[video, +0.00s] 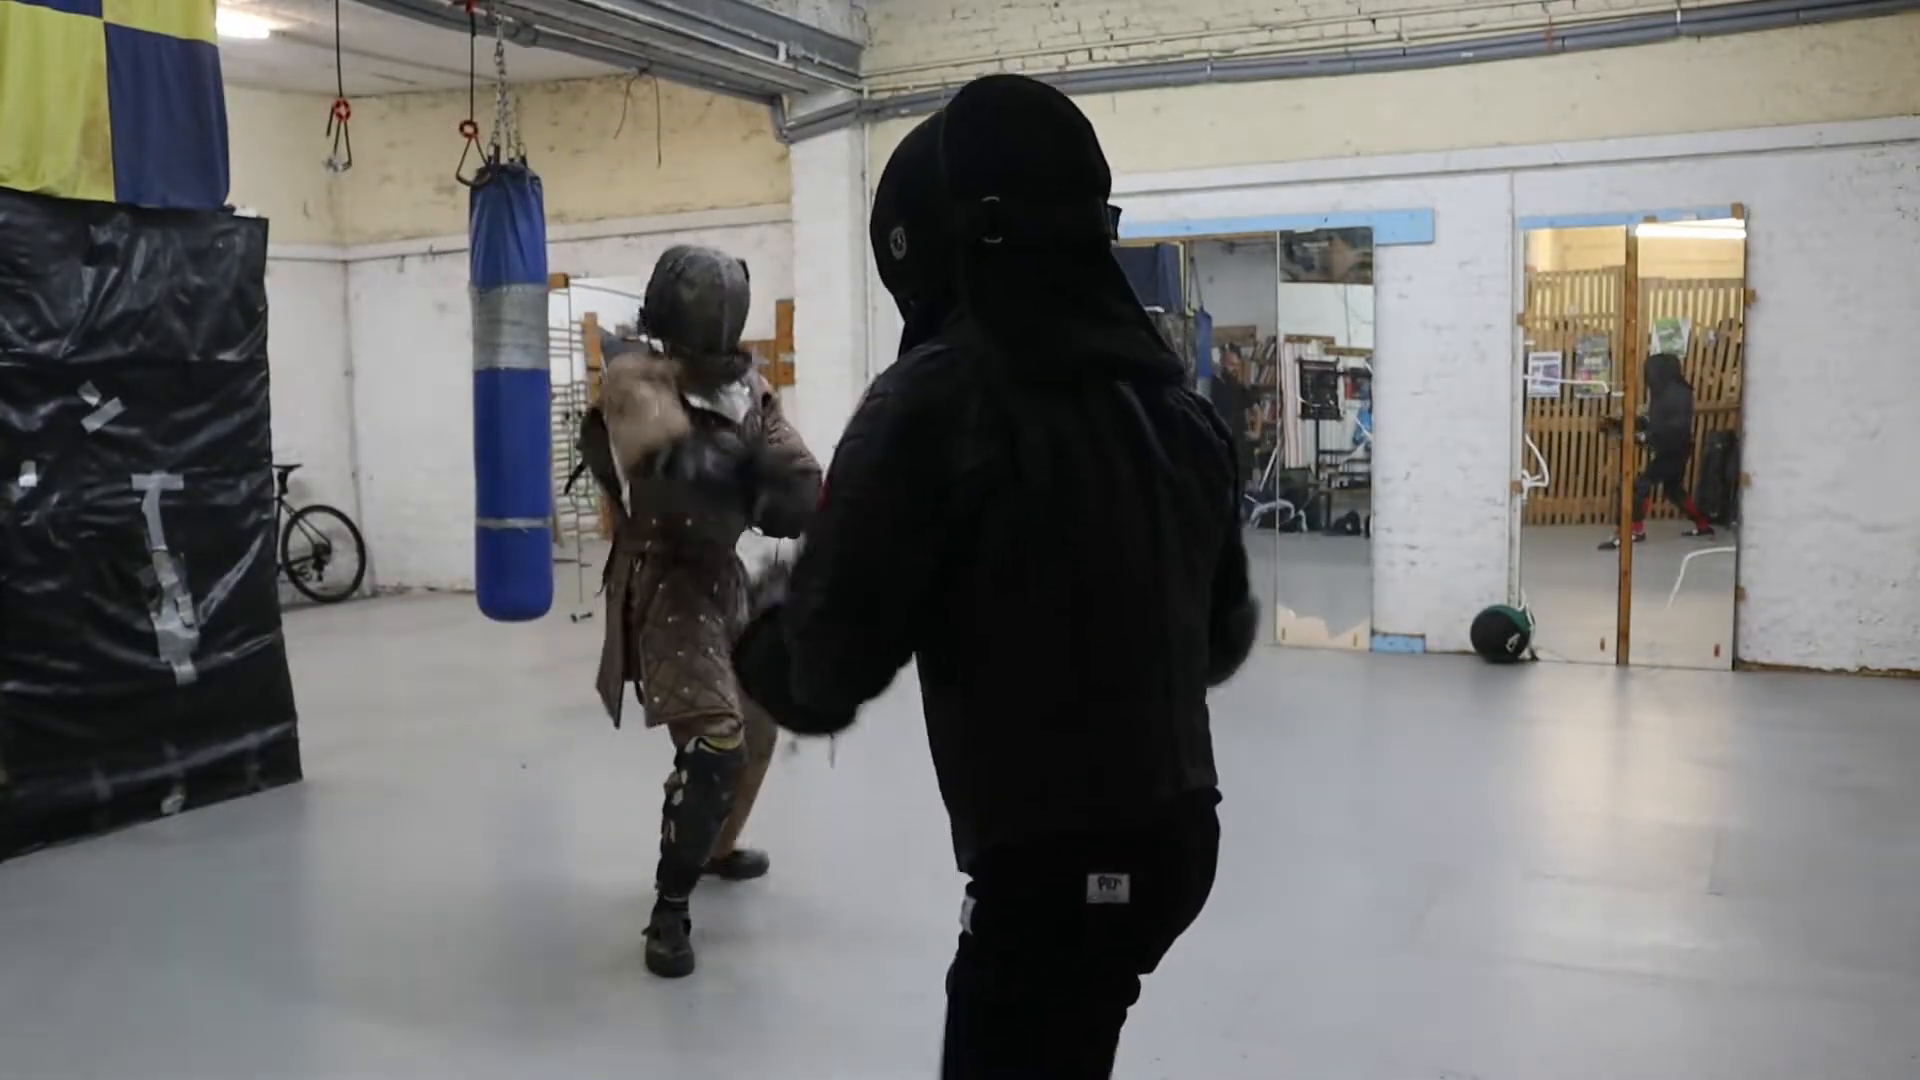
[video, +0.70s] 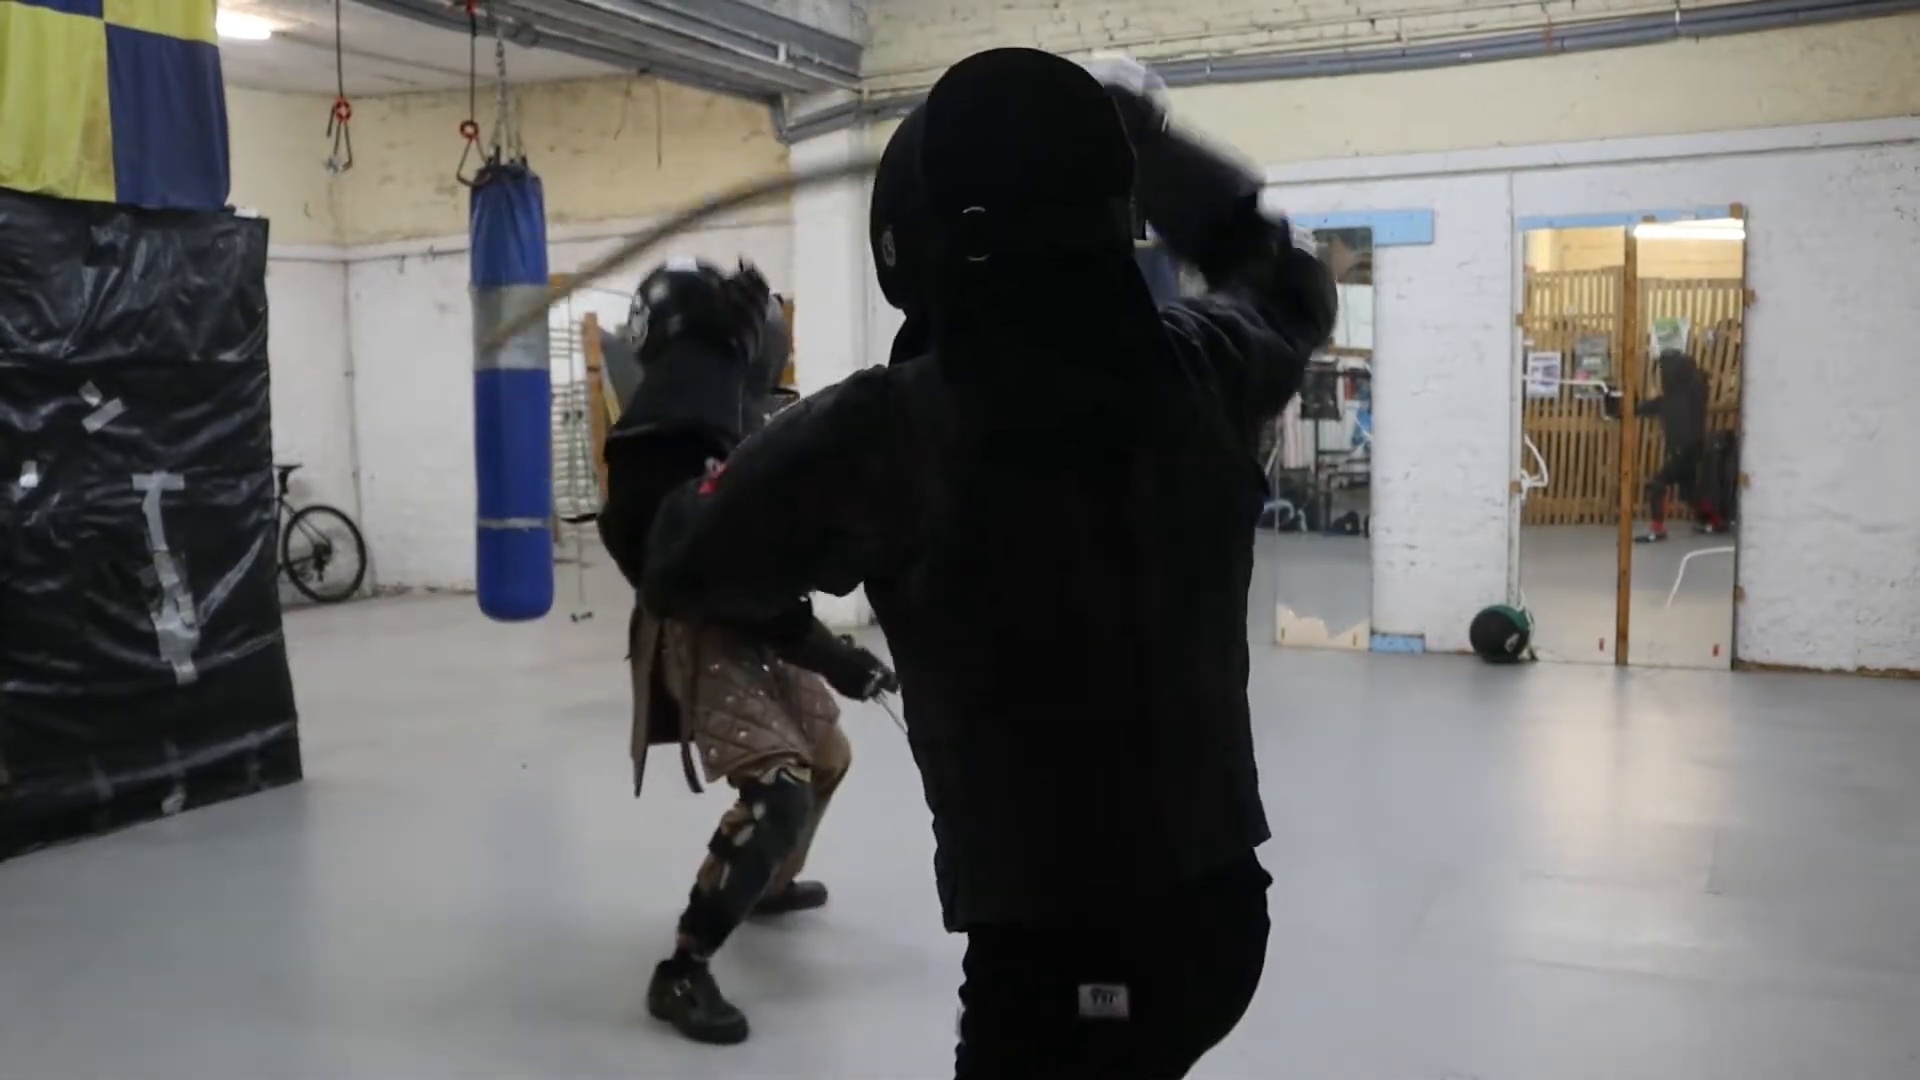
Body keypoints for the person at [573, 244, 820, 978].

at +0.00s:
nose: (716, 353)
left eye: (728, 336)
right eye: (701, 336)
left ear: (741, 325)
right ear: (668, 327)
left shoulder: (746, 388)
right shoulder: (634, 379)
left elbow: (804, 478)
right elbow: (665, 470)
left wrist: (768, 488)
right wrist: (745, 473)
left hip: (730, 578)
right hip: (664, 583)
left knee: (756, 726)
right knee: (717, 741)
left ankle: (715, 847)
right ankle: (670, 908)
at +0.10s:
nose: (715, 317)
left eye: (727, 300)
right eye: (697, 303)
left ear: (746, 303)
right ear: (665, 310)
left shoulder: (755, 388)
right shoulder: (648, 375)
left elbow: (812, 451)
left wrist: (781, 461)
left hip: (736, 574)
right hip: (667, 578)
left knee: (743, 741)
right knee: (746, 749)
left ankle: (683, 862)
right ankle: (667, 889)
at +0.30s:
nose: (761, 363)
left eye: (757, 347)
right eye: (748, 347)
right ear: (718, 360)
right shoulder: (682, 439)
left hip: (711, 623)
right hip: (697, 628)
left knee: (755, 765)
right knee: (773, 795)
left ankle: (679, 876)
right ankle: (682, 969)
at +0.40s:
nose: (759, 367)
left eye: (758, 353)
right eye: (751, 353)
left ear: (690, 353)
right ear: (722, 354)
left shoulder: (692, 421)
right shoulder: (679, 440)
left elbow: (609, 519)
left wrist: (639, 589)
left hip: (724, 619)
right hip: (691, 632)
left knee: (801, 750)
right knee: (778, 805)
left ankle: (702, 853)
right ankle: (682, 972)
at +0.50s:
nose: (784, 371)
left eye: (782, 356)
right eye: (771, 355)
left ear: (685, 353)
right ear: (737, 351)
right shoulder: (727, 430)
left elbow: (602, 516)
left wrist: (637, 585)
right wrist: (828, 579)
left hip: (721, 612)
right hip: (686, 624)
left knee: (813, 745)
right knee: (774, 785)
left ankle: (756, 876)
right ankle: (682, 969)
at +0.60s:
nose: (772, 333)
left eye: (771, 320)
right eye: (763, 320)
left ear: (700, 312)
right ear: (734, 319)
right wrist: (854, 653)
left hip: (746, 608)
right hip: (701, 616)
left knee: (821, 752)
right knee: (778, 789)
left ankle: (765, 883)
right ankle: (681, 969)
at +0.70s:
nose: (776, 343)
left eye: (770, 333)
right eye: (764, 334)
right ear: (729, 341)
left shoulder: (741, 410)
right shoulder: (675, 420)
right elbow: (699, 569)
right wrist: (818, 645)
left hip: (759, 618)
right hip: (700, 625)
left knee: (826, 757)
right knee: (781, 791)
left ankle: (768, 883)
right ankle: (684, 967)